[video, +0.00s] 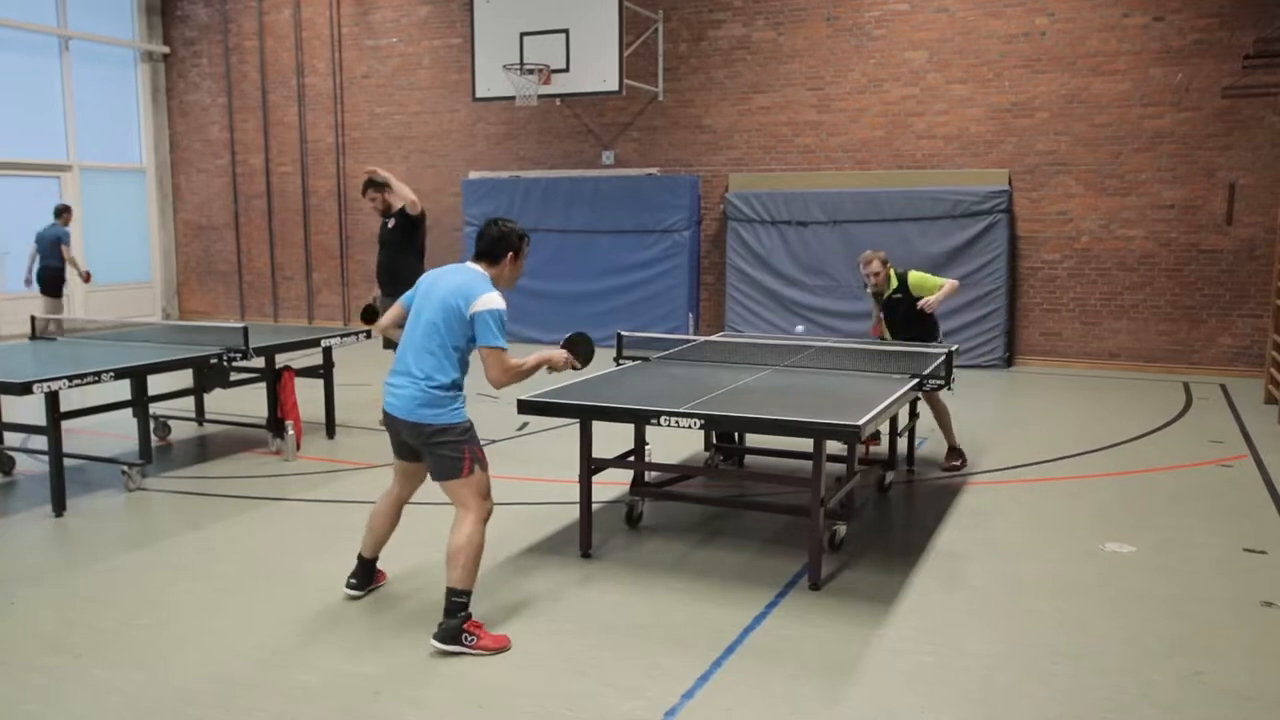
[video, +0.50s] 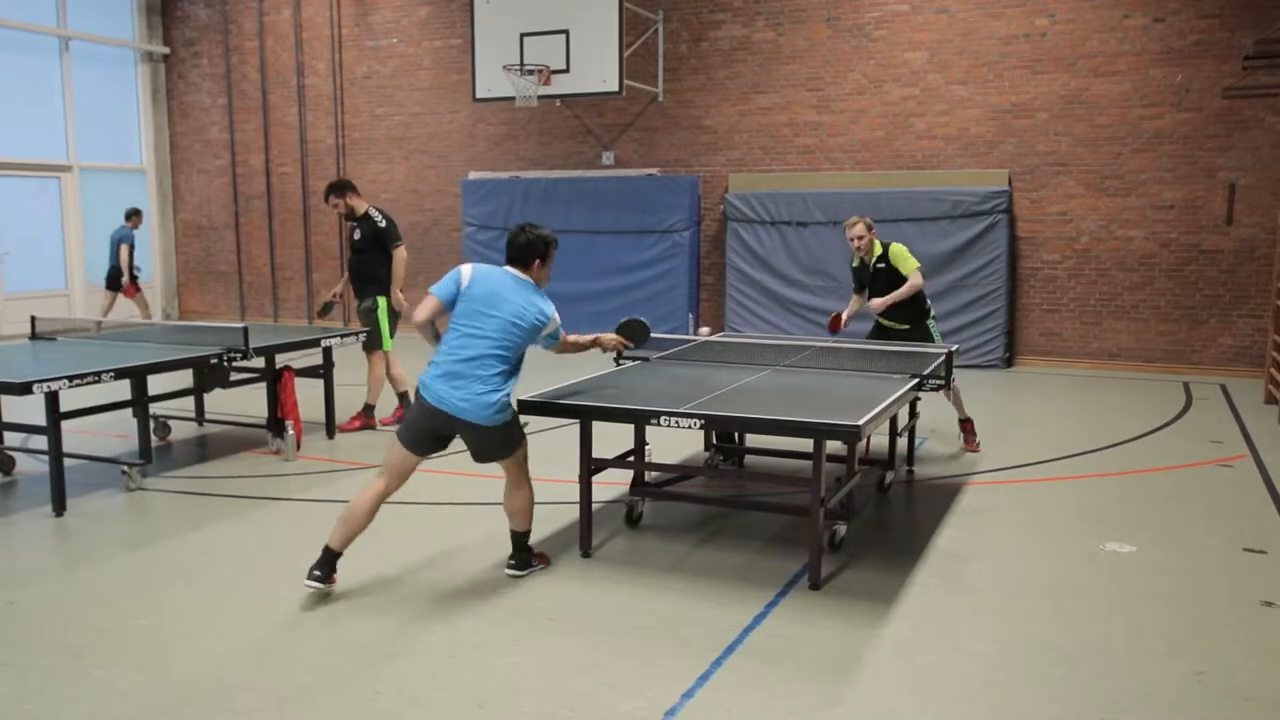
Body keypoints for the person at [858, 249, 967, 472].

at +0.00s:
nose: (872, 281)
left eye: (876, 274)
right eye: (867, 276)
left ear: (887, 270)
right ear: (863, 276)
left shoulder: (910, 280)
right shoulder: (874, 289)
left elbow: (953, 283)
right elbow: (877, 304)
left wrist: (937, 297)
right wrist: (876, 321)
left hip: (926, 348)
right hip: (896, 348)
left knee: (930, 395)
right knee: (872, 385)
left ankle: (953, 449)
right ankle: (871, 431)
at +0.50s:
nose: (857, 244)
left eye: (861, 238)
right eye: (852, 240)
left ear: (872, 235)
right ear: (848, 242)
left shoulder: (895, 251)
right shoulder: (857, 263)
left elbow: (917, 281)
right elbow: (859, 295)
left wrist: (886, 300)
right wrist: (847, 313)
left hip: (919, 325)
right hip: (885, 326)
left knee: (943, 377)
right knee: (863, 373)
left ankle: (965, 421)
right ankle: (861, 432)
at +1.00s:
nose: (879, 273)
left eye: (883, 267)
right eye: (874, 268)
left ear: (894, 264)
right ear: (870, 269)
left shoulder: (912, 274)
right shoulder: (870, 295)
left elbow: (948, 284)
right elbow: (849, 312)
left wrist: (944, 290)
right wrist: (818, 314)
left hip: (930, 347)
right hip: (894, 352)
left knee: (961, 391)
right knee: (870, 391)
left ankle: (986, 443)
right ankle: (859, 446)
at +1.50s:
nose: (887, 261)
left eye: (892, 255)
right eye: (883, 257)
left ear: (905, 253)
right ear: (880, 258)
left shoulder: (927, 266)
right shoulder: (886, 283)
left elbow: (951, 294)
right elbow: (870, 314)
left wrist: (917, 302)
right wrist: (870, 332)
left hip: (944, 340)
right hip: (909, 341)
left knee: (966, 390)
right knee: (880, 383)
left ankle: (991, 439)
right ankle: (865, 439)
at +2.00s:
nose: (904, 263)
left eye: (909, 258)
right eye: (899, 258)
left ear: (917, 254)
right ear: (891, 255)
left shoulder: (932, 266)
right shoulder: (884, 284)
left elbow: (957, 282)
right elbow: (859, 313)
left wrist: (968, 297)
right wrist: (859, 328)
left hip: (936, 337)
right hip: (900, 338)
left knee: (965, 384)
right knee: (878, 384)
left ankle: (991, 439)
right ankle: (867, 436)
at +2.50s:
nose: (901, 232)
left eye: (906, 227)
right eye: (896, 227)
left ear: (915, 228)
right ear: (889, 229)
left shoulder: (931, 248)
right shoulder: (882, 258)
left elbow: (952, 279)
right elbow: (872, 286)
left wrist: (931, 302)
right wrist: (873, 310)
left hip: (931, 323)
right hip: (896, 322)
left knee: (955, 374)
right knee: (877, 372)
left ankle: (967, 423)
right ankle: (866, 429)